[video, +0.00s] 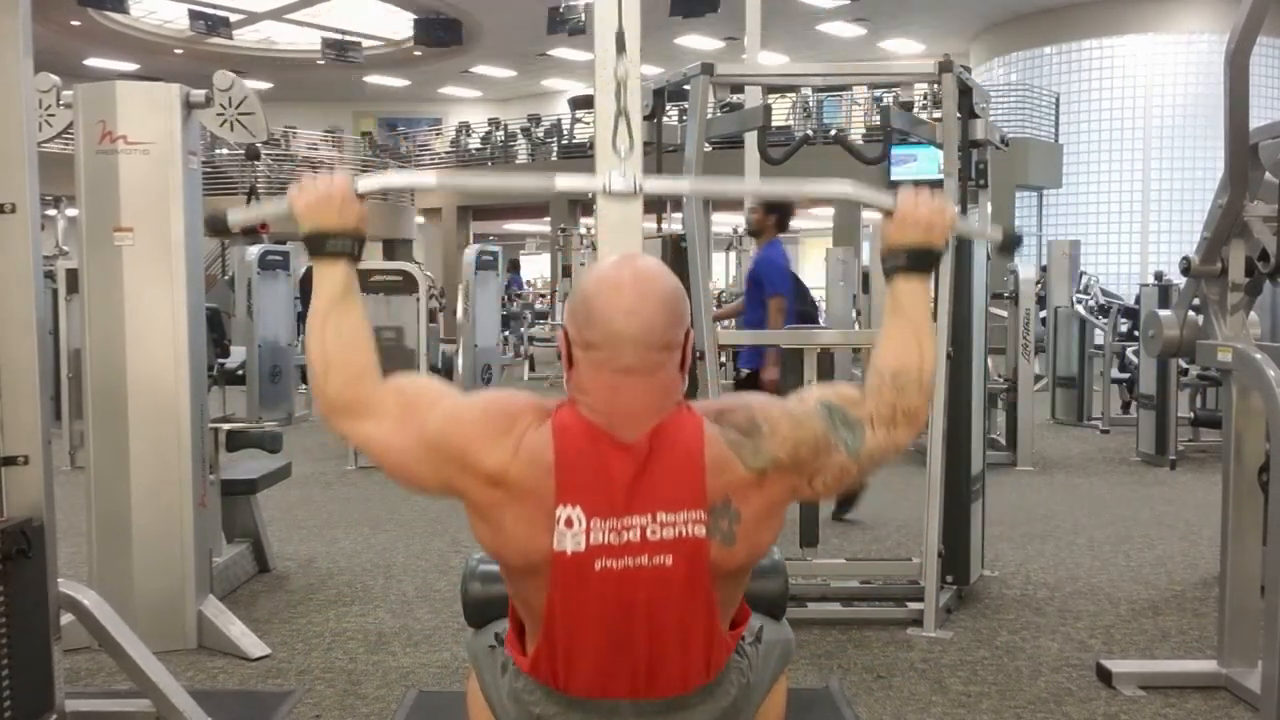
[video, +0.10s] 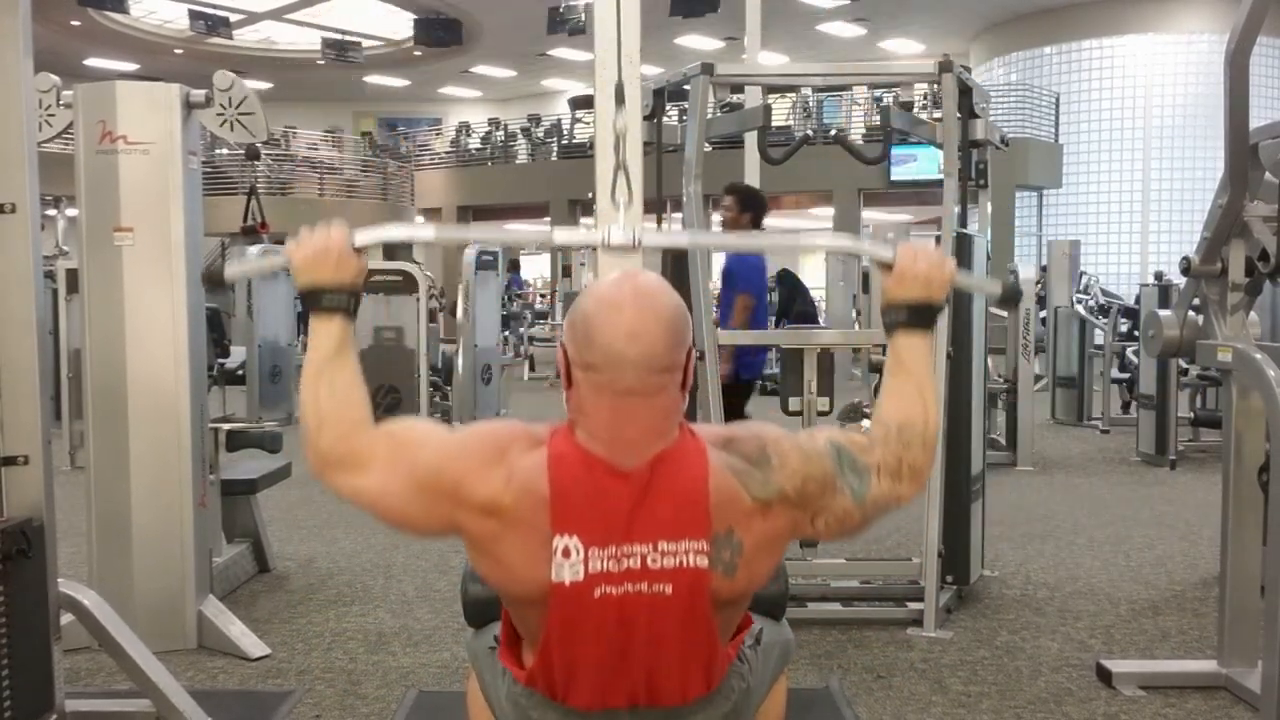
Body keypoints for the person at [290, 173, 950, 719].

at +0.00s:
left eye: (566, 331)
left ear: (567, 349)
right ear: (685, 351)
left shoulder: (500, 441)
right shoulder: (761, 439)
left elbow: (351, 403)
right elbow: (897, 414)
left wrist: (331, 252)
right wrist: (912, 268)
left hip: (549, 695)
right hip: (703, 693)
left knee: (489, 650)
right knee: (771, 646)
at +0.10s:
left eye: (567, 344)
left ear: (566, 368)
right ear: (686, 369)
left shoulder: (495, 473)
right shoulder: (756, 474)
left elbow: (340, 452)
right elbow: (901, 465)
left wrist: (327, 305)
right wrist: (914, 319)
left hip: (546, 696)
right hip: (708, 694)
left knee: (492, 615)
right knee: (770, 639)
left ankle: (480, 708)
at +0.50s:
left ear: (563, 419)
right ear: (689, 422)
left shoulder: (485, 544)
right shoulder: (767, 544)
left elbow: (349, 627)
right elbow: (876, 636)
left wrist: (326, 479)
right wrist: (905, 486)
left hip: (532, 707)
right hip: (703, 710)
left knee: (486, 669)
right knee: (767, 645)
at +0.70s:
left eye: (562, 400)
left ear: (561, 430)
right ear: (690, 431)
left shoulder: (481, 556)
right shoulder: (766, 558)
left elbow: (353, 652)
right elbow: (876, 657)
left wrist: (325, 500)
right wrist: (906, 506)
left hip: (530, 711)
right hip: (705, 715)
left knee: (483, 668)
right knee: (770, 652)